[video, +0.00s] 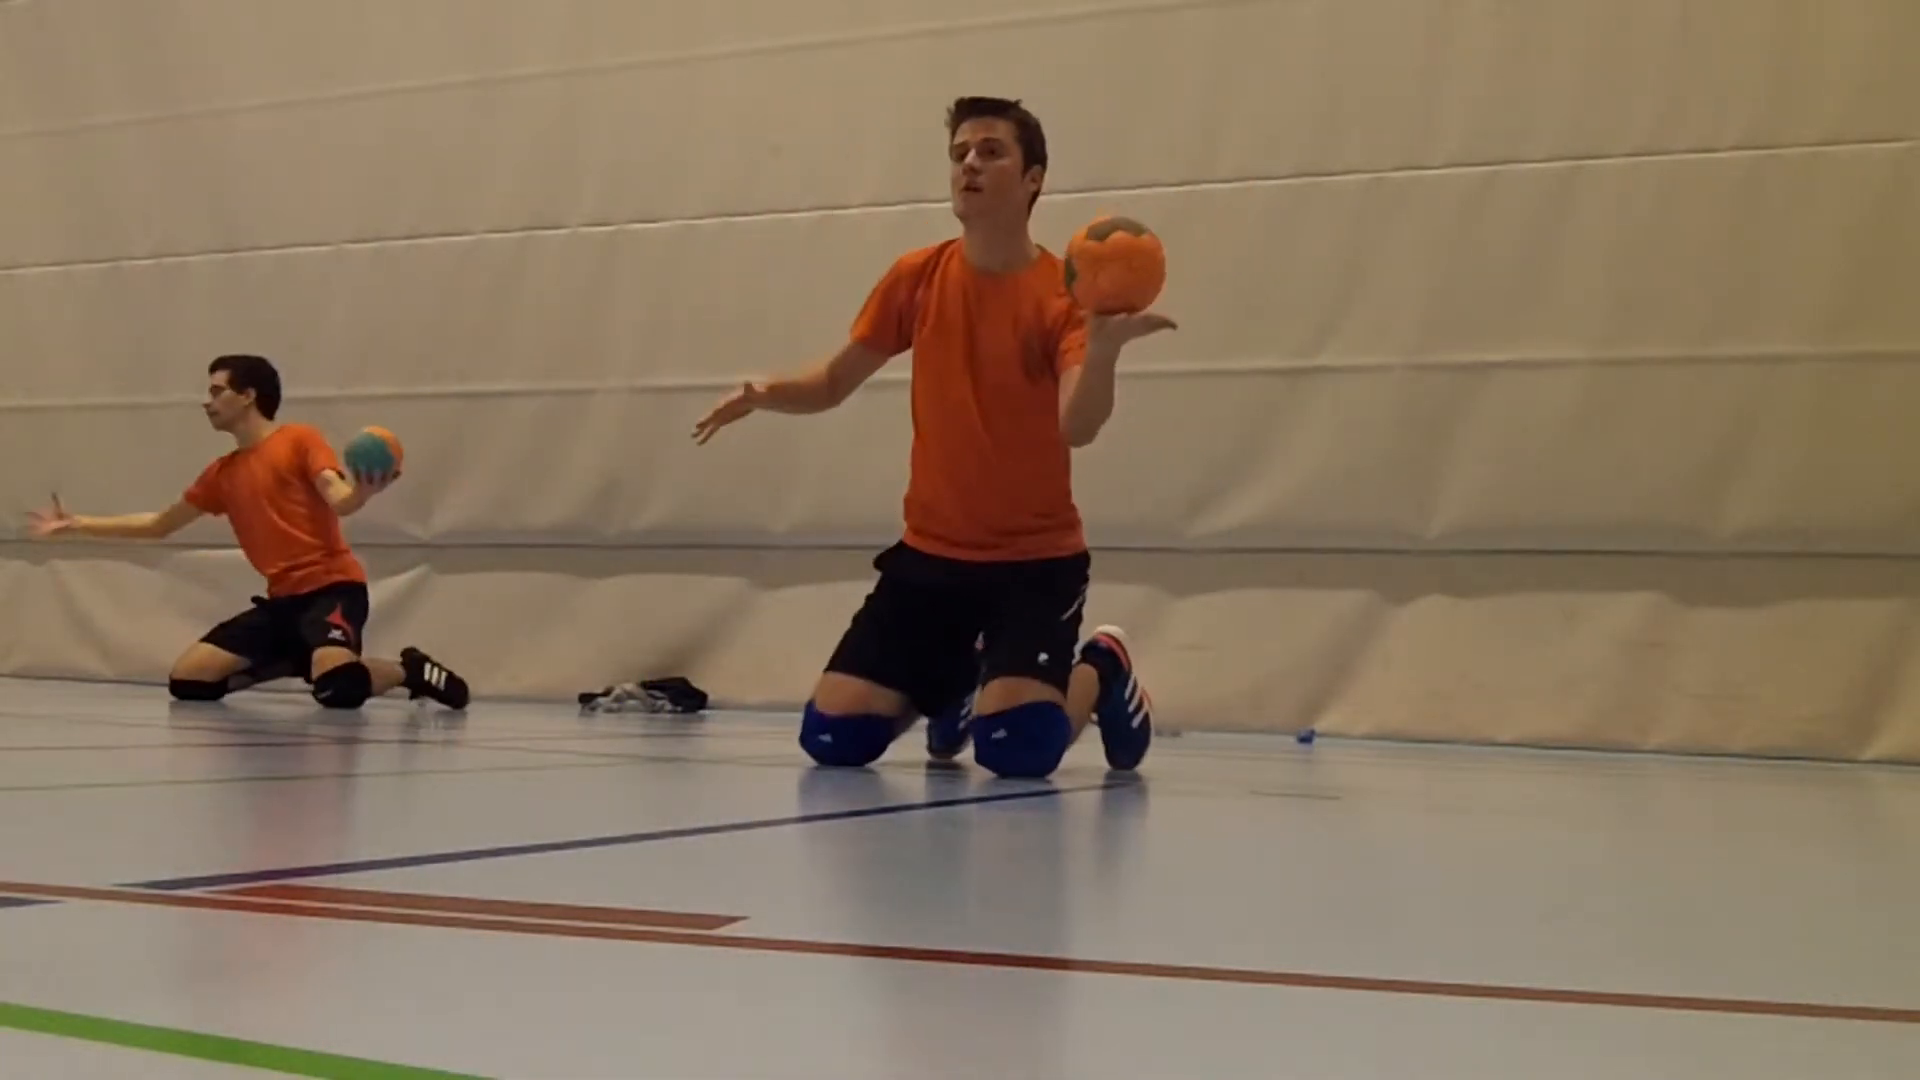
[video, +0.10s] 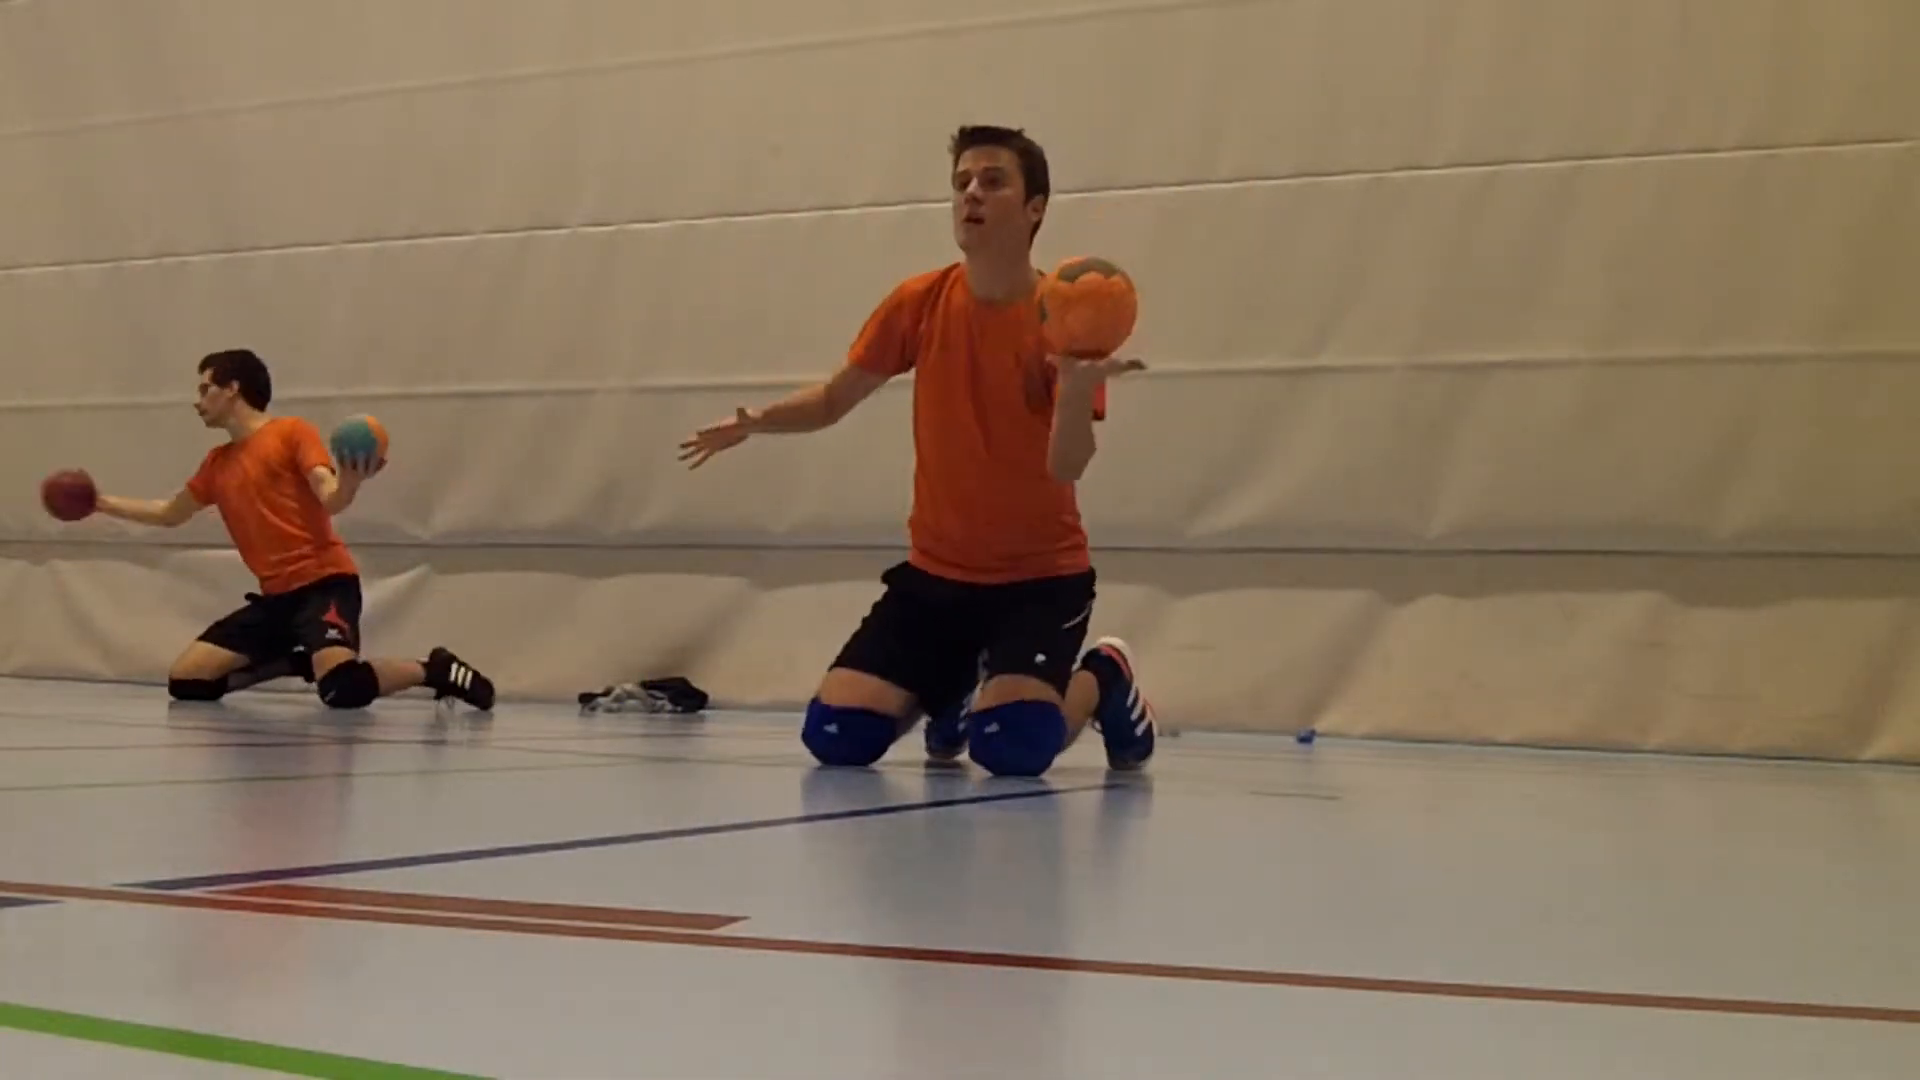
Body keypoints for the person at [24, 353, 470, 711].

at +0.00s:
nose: (206, 404)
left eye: (215, 393)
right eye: (207, 394)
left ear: (249, 396)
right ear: (237, 400)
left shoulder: (298, 440)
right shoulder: (221, 475)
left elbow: (340, 501)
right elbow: (158, 525)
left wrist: (367, 486)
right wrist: (76, 525)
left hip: (334, 590)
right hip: (282, 605)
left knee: (335, 685)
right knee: (188, 680)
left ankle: (414, 672)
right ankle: (309, 663)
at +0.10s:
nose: (197, 400)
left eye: (205, 389)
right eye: (198, 390)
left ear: (236, 391)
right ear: (226, 393)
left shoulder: (289, 433)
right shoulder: (217, 464)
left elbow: (331, 500)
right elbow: (168, 513)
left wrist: (351, 484)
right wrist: (94, 500)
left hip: (326, 586)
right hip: (275, 600)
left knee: (340, 686)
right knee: (187, 681)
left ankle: (435, 670)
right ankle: (303, 660)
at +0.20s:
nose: (199, 390)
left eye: (205, 379)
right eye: (201, 379)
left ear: (231, 382)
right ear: (231, 383)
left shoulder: (288, 426)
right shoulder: (230, 455)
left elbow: (329, 499)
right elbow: (234, 521)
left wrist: (341, 477)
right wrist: (167, 514)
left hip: (322, 583)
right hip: (272, 594)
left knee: (333, 686)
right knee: (188, 682)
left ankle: (431, 669)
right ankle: (300, 659)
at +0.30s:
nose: (212, 387)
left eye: (217, 376)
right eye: (213, 377)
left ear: (244, 377)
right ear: (241, 378)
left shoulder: (297, 426)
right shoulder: (248, 448)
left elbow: (330, 504)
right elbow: (276, 521)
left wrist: (327, 469)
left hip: (321, 584)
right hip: (272, 592)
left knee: (321, 687)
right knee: (187, 681)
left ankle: (410, 668)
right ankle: (299, 657)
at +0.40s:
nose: (232, 388)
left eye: (240, 375)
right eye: (233, 377)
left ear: (271, 377)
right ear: (264, 380)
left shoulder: (326, 430)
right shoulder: (261, 453)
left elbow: (348, 508)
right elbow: (284, 529)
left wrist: (310, 483)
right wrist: (240, 548)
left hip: (332, 591)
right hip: (280, 595)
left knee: (316, 688)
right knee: (190, 682)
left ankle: (393, 665)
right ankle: (297, 657)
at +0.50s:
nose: (260, 383)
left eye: (271, 373)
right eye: (259, 376)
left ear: (305, 381)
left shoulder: (342, 438)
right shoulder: (268, 455)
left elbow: (368, 522)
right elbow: (293, 529)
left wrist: (305, 505)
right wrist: (253, 537)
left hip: (344, 596)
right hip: (290, 597)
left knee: (317, 689)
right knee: (194, 683)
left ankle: (392, 662)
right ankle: (296, 659)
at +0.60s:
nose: (276, 382)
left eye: (289, 375)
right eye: (276, 374)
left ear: (322, 387)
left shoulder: (354, 445)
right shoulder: (280, 452)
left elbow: (398, 519)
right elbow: (295, 526)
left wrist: (330, 527)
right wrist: (264, 541)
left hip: (355, 597)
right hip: (301, 597)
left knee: (319, 689)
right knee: (206, 682)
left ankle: (393, 659)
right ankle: (305, 659)